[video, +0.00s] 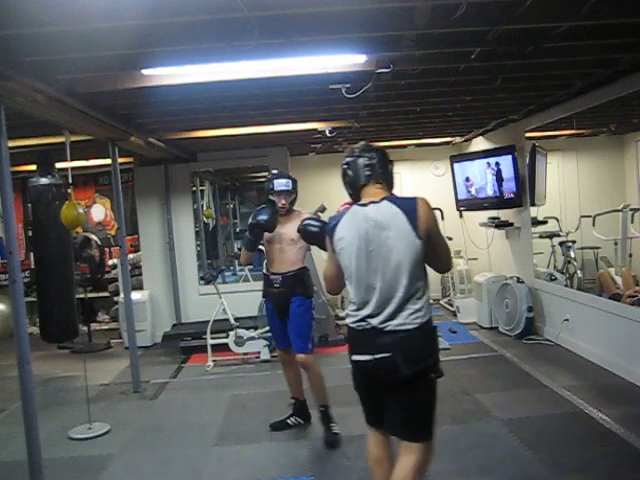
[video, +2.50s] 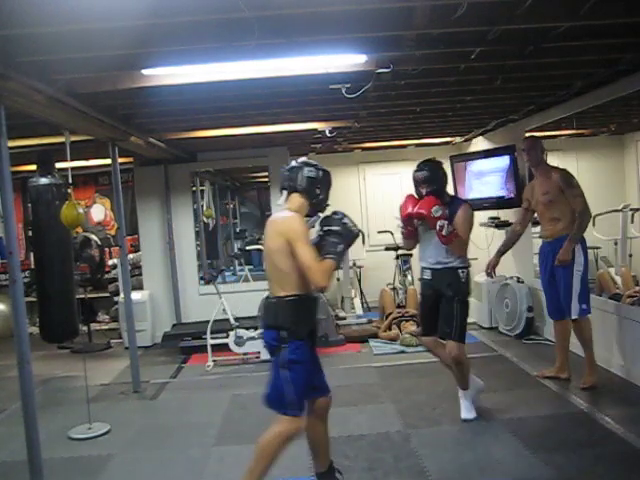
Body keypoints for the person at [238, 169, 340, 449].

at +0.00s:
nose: (282, 201)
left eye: (287, 196)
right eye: (278, 196)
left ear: (295, 196)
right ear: (270, 196)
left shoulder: (305, 220)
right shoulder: (263, 220)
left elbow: (333, 249)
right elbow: (245, 259)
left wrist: (324, 235)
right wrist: (254, 232)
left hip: (297, 286)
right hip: (271, 287)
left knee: (303, 357)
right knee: (285, 355)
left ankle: (327, 418)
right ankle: (300, 411)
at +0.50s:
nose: (259, 209)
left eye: (264, 203)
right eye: (254, 204)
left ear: (271, 203)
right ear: (246, 205)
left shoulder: (286, 226)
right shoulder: (242, 231)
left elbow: (319, 258)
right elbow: (223, 269)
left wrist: (310, 240)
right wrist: (234, 241)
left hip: (285, 299)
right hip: (254, 301)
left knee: (305, 369)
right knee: (242, 373)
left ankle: (335, 422)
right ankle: (243, 439)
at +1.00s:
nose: (239, 206)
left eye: (243, 201)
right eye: (233, 200)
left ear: (246, 203)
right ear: (217, 201)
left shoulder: (253, 228)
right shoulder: (199, 230)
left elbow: (282, 267)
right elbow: (189, 279)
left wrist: (289, 249)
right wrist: (210, 248)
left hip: (248, 310)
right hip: (212, 311)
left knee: (248, 391)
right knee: (205, 394)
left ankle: (243, 463)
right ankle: (226, 426)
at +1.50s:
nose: (249, 201)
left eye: (249, 195)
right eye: (244, 195)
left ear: (229, 194)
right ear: (224, 193)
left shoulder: (240, 224)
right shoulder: (195, 225)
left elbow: (271, 257)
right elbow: (195, 278)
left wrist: (297, 241)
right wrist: (231, 246)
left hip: (244, 318)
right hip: (210, 321)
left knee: (263, 399)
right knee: (208, 409)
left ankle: (264, 471)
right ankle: (194, 471)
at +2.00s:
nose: (295, 208)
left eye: (295, 202)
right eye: (291, 201)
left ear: (272, 196)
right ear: (275, 196)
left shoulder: (277, 224)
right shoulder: (232, 225)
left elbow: (330, 225)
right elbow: (238, 279)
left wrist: (373, 207)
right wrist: (278, 245)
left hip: (271, 325)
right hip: (241, 329)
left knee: (301, 403)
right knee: (251, 420)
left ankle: (300, 473)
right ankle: (215, 476)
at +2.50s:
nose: (323, 198)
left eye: (323, 192)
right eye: (322, 190)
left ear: (291, 187)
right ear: (314, 189)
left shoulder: (278, 221)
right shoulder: (292, 222)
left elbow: (302, 275)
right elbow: (319, 279)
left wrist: (326, 246)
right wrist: (336, 248)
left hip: (288, 322)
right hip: (288, 325)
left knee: (319, 402)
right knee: (292, 419)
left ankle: (325, 473)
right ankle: (251, 475)